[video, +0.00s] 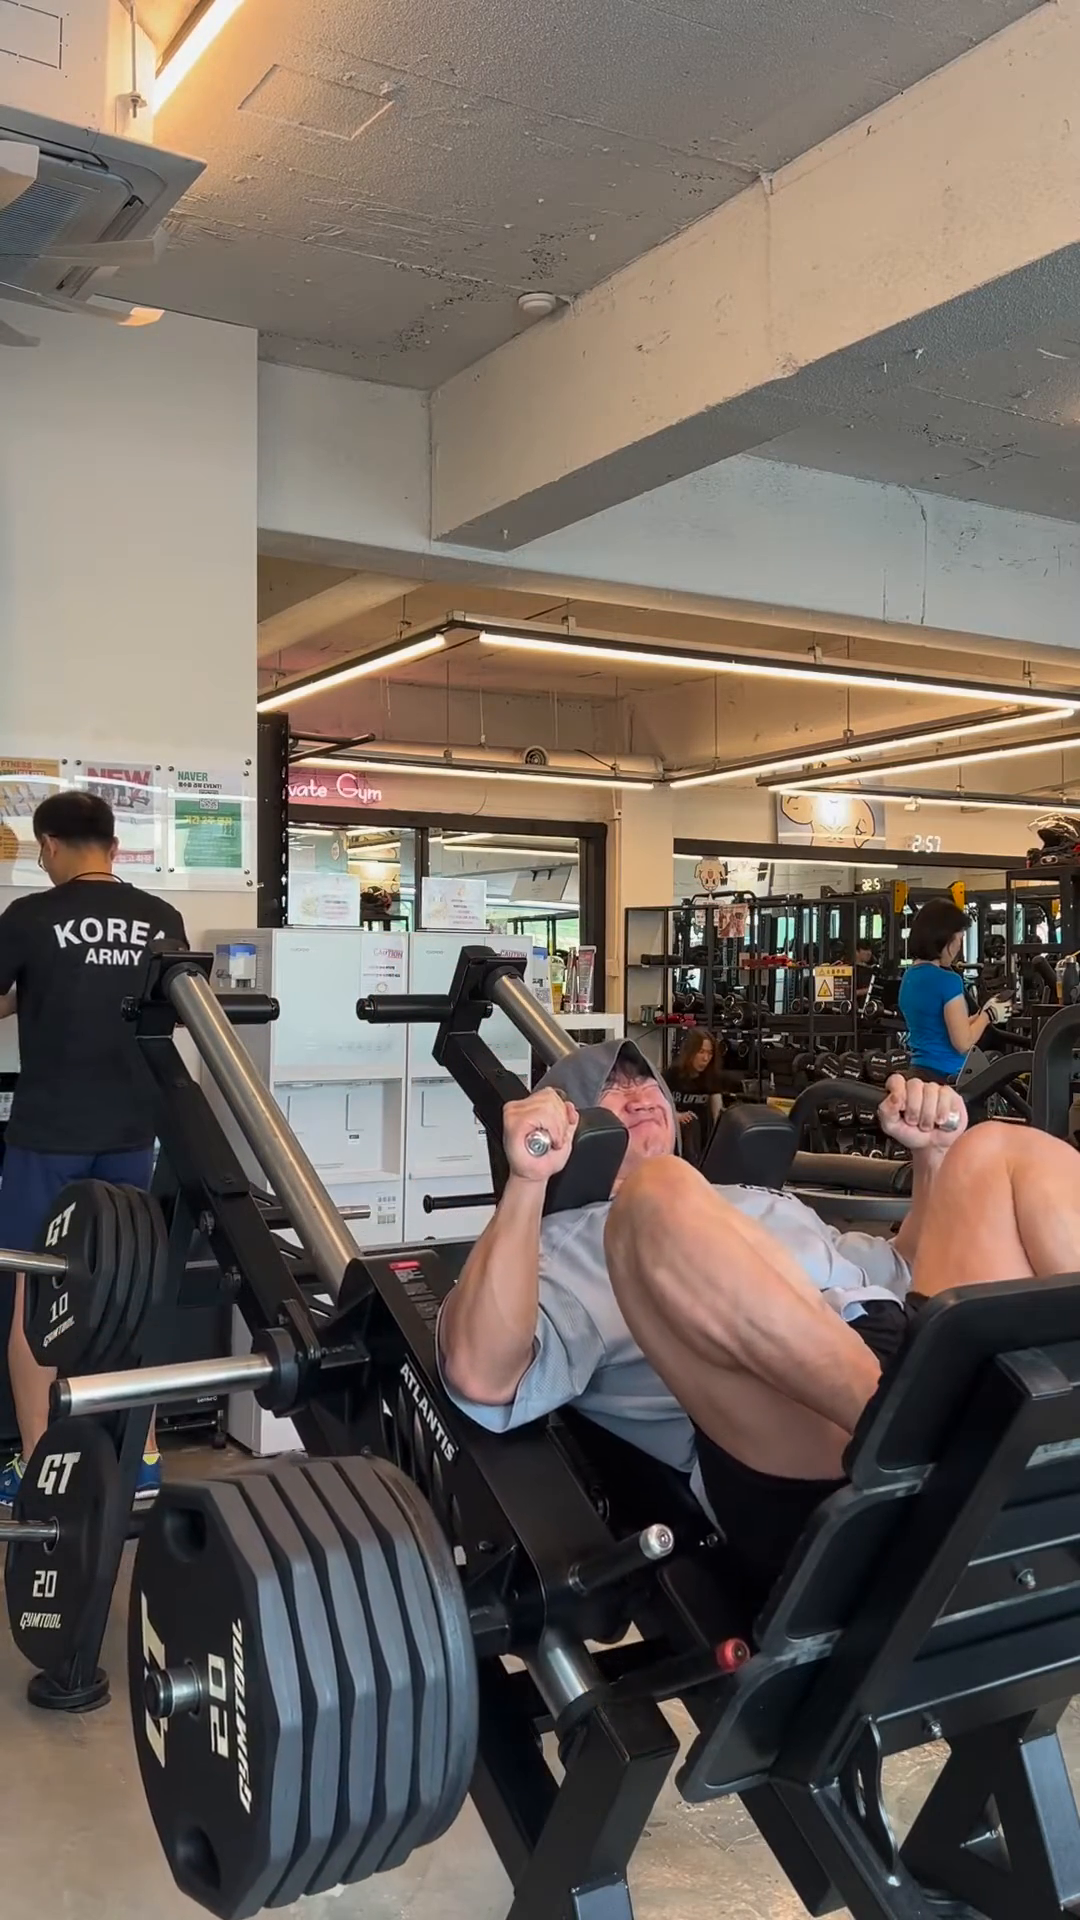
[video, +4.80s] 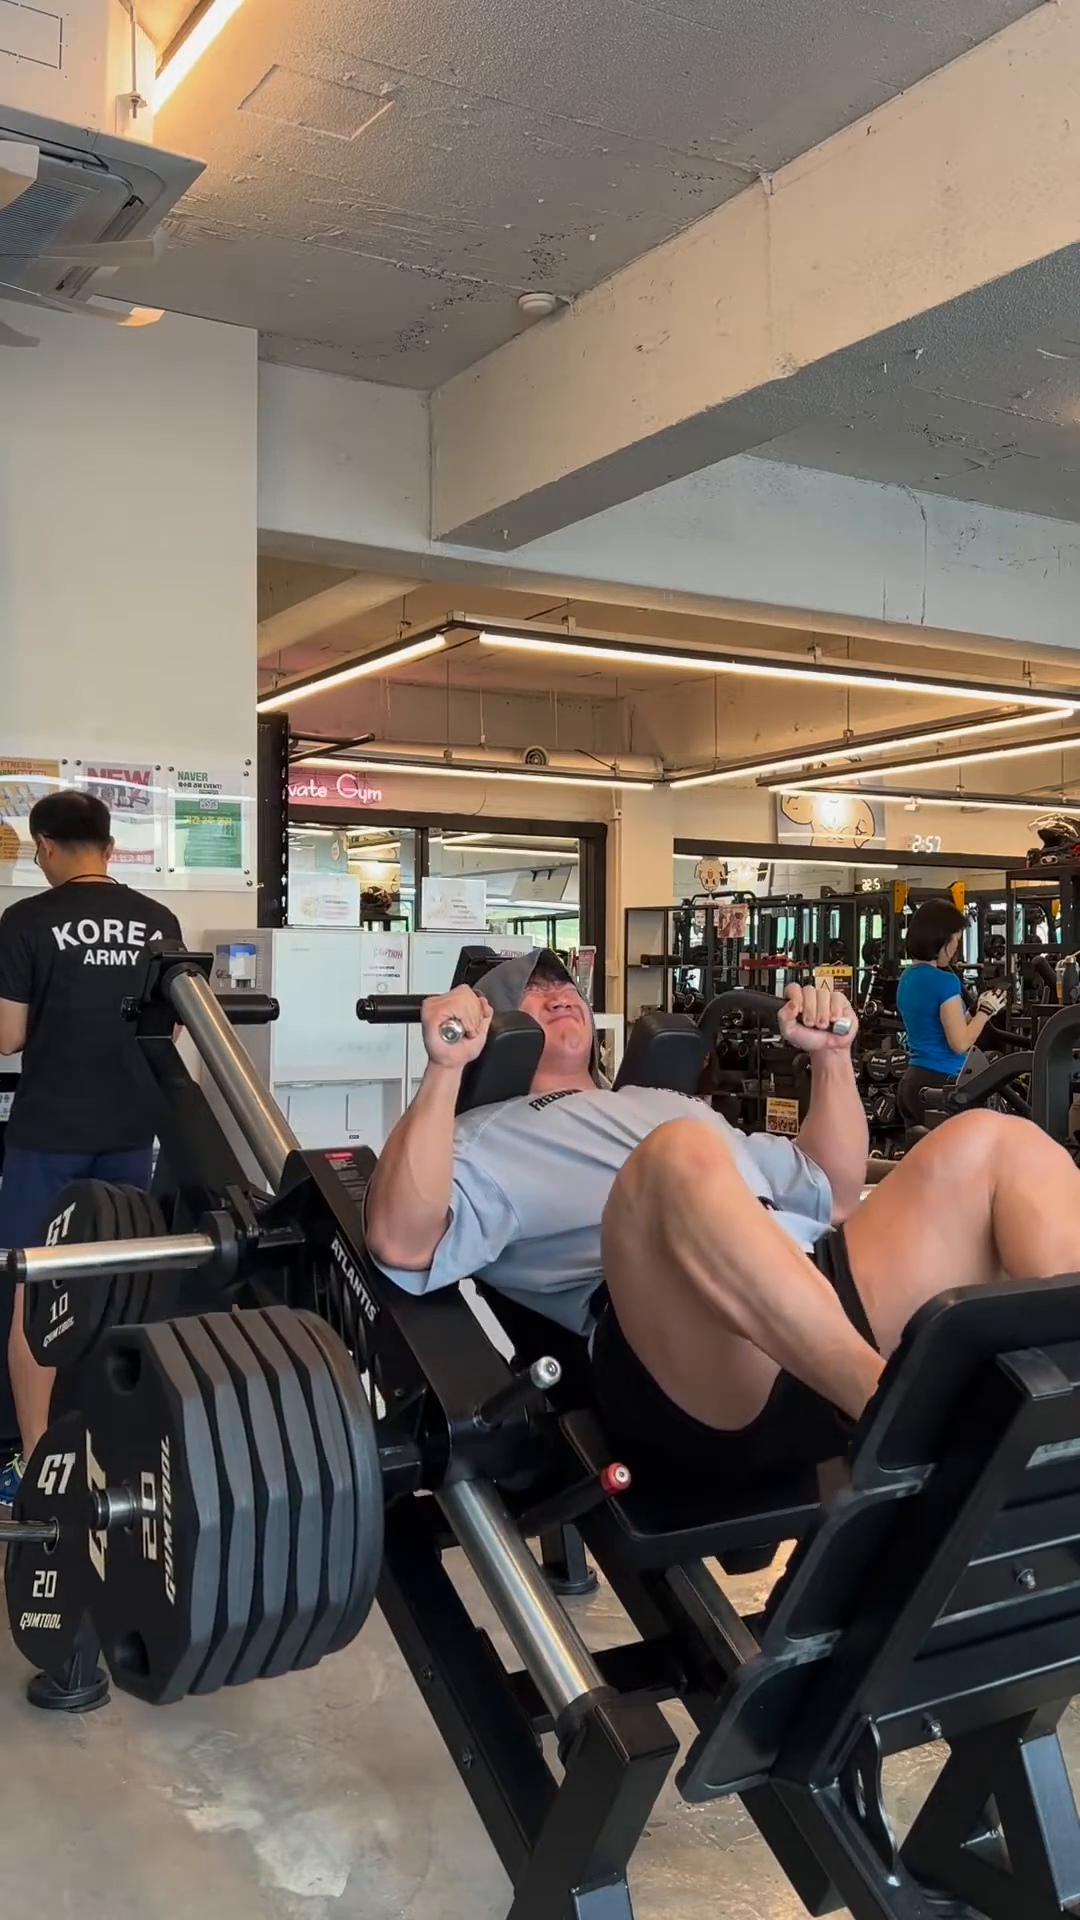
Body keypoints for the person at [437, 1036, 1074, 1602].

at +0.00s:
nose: (635, 1096)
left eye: (641, 1079)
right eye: (605, 1090)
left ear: (668, 1102)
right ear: (567, 1129)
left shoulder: (765, 1205)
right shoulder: (562, 1250)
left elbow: (910, 1280)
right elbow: (480, 1376)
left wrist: (932, 1163)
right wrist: (525, 1186)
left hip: (928, 1389)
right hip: (788, 1479)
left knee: (1002, 1150)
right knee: (655, 1192)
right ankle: (895, 1424)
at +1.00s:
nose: (578, 1024)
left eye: (585, 1011)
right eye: (550, 1014)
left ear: (607, 1044)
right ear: (503, 1054)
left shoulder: (666, 1131)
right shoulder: (504, 1166)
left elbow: (850, 1207)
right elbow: (417, 1270)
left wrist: (848, 1083)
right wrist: (464, 1092)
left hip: (864, 1381)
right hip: (713, 1430)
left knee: (990, 1133)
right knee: (692, 1138)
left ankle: (1071, 1380)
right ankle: (892, 1403)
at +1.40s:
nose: (536, 972)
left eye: (540, 962)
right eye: (514, 966)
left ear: (560, 989)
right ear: (476, 1004)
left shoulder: (635, 1071)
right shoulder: (458, 1102)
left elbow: (792, 1150)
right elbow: (372, 1195)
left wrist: (792, 1023)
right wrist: (414, 1028)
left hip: (797, 1279)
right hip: (650, 1331)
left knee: (986, 1142)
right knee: (676, 1154)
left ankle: (1075, 1373)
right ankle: (893, 1418)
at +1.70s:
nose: (496, 919)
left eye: (502, 913)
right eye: (472, 914)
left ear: (522, 945)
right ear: (433, 956)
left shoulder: (596, 1021)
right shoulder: (420, 1044)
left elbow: (741, 1090)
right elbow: (333, 1128)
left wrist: (738, 970)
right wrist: (371, 973)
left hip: (732, 1198)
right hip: (585, 1226)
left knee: (939, 1175)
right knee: (675, 1189)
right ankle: (896, 1424)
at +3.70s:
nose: (479, 906)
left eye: (489, 901)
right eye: (459, 902)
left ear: (512, 932)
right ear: (429, 938)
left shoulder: (588, 1003)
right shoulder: (410, 1025)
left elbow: (723, 1080)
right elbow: (321, 1112)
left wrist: (726, 959)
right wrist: (360, 962)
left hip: (707, 1170)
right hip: (568, 1187)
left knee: (908, 1215)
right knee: (691, 1238)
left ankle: (1075, 1360)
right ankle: (898, 1434)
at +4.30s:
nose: (516, 946)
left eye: (526, 938)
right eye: (493, 940)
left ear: (550, 969)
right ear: (454, 983)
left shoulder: (624, 1049)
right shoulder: (441, 1076)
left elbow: (773, 1135)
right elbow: (357, 1171)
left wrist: (772, 1004)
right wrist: (398, 1010)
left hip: (771, 1261)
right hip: (618, 1311)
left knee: (968, 1161)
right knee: (675, 1167)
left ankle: (1072, 1387)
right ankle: (900, 1427)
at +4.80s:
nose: (564, 997)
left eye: (572, 986)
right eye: (538, 985)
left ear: (592, 1024)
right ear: (486, 1025)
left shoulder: (672, 1108)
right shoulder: (484, 1144)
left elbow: (833, 1192)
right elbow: (401, 1245)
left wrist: (829, 1060)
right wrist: (447, 1067)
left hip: (837, 1342)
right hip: (686, 1404)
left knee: (997, 1146)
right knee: (678, 1157)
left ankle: (1065, 1393)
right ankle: (888, 1408)